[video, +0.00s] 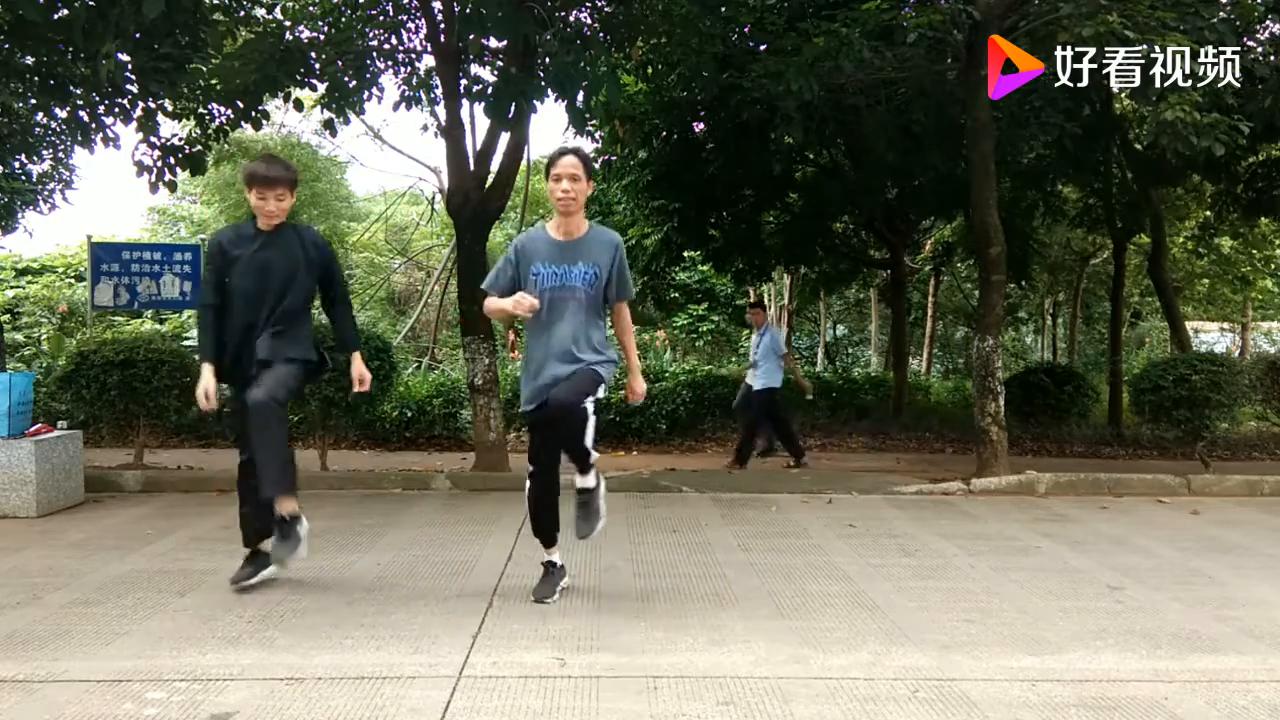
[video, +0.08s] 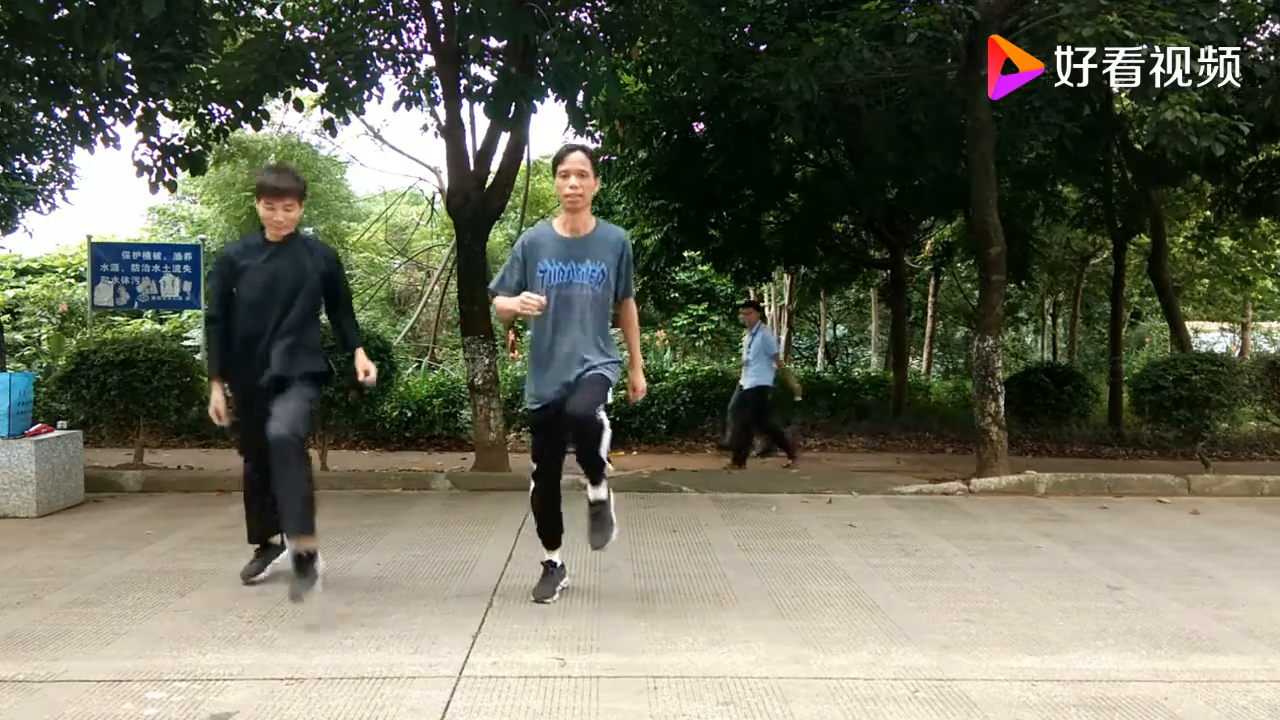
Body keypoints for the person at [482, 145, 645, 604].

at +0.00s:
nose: (566, 187)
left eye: (574, 179)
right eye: (558, 179)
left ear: (589, 187)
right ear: (547, 186)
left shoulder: (608, 244)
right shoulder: (526, 244)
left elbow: (621, 310)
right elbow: (490, 303)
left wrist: (634, 369)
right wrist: (511, 304)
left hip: (590, 362)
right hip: (539, 370)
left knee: (561, 405)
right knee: (542, 469)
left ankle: (587, 480)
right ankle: (551, 561)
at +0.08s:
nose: (573, 183)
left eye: (582, 175)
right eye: (565, 175)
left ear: (596, 184)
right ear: (554, 183)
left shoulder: (615, 241)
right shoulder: (532, 241)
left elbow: (626, 304)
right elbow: (500, 301)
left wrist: (636, 365)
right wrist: (516, 302)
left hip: (596, 361)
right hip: (546, 369)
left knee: (583, 415)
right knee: (546, 472)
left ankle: (597, 493)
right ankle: (552, 561)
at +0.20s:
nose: (592, 183)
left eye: (600, 174)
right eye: (583, 175)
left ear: (614, 183)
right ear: (572, 183)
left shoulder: (631, 242)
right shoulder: (546, 240)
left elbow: (638, 302)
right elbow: (528, 298)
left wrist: (645, 359)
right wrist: (538, 322)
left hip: (610, 380)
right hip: (555, 381)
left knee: (612, 465)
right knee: (548, 473)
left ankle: (619, 558)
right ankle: (547, 554)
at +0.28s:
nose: (600, 196)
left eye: (608, 188)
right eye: (592, 188)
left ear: (621, 196)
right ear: (579, 197)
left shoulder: (638, 255)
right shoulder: (558, 252)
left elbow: (645, 321)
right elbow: (542, 314)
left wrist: (649, 380)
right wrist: (544, 351)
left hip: (619, 394)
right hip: (566, 393)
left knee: (620, 490)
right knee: (548, 481)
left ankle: (630, 579)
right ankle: (542, 556)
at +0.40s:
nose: (612, 179)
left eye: (621, 171)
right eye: (604, 171)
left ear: (634, 180)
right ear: (591, 181)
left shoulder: (656, 239)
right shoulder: (571, 241)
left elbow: (665, 306)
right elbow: (562, 309)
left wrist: (667, 367)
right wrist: (554, 373)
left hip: (638, 382)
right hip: (582, 380)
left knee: (633, 486)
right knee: (565, 477)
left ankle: (630, 581)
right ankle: (557, 539)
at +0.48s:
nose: (616, 175)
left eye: (625, 167)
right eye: (608, 167)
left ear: (638, 176)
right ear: (597, 176)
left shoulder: (661, 233)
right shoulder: (576, 237)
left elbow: (674, 301)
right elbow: (570, 303)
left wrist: (678, 357)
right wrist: (563, 366)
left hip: (646, 373)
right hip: (589, 370)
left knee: (639, 480)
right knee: (576, 460)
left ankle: (630, 573)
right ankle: (574, 513)